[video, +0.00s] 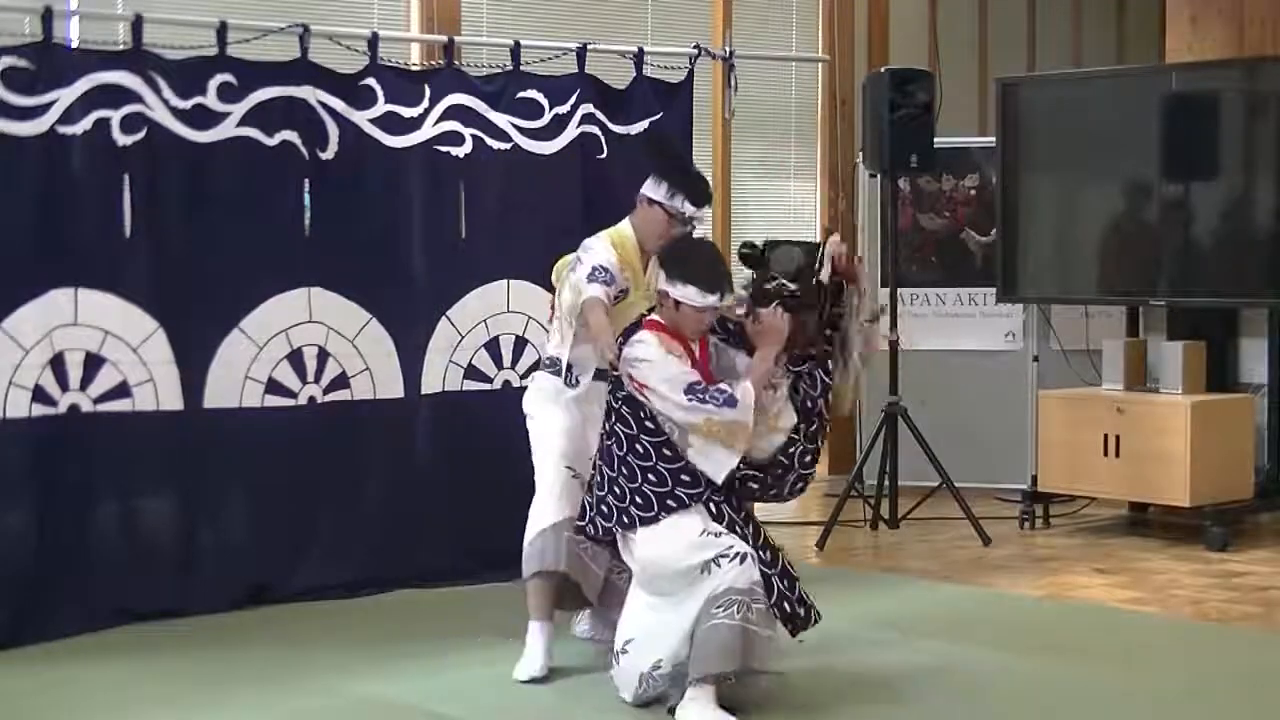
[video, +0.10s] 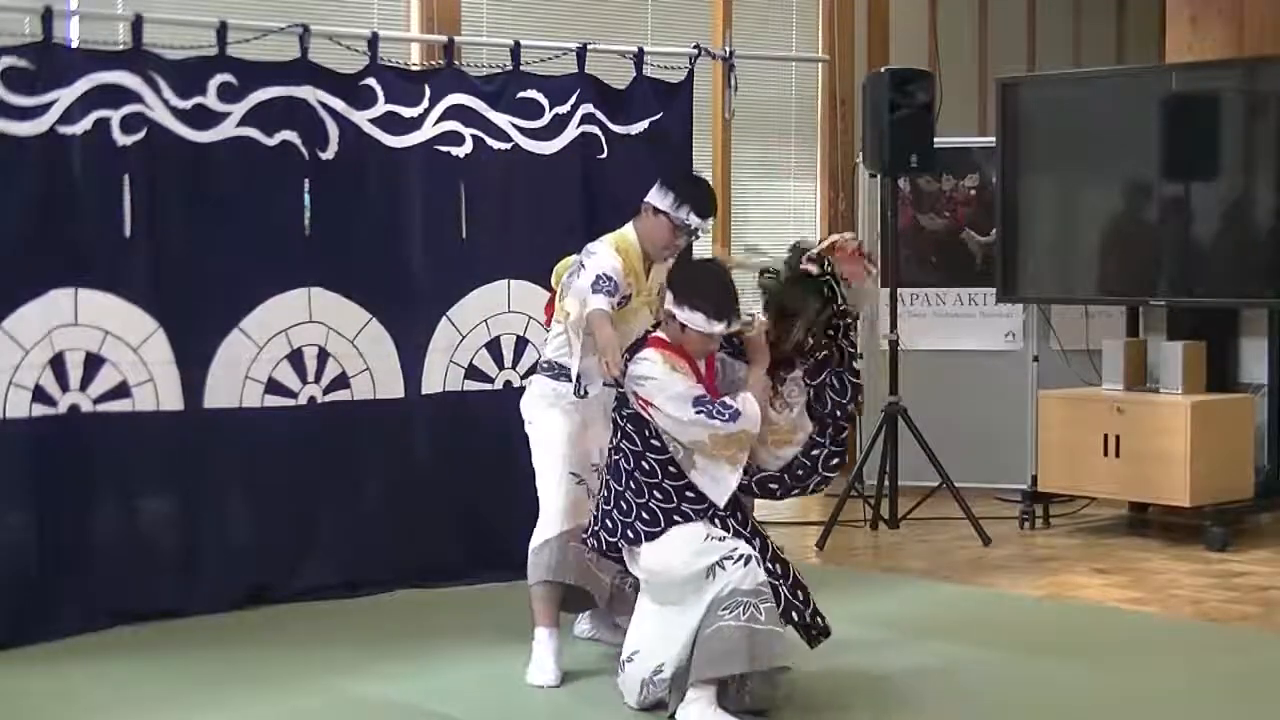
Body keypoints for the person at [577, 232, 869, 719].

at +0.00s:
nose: (709, 317)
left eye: (715, 306)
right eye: (699, 307)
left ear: (722, 299)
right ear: (665, 298)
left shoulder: (711, 345)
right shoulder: (645, 350)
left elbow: (762, 435)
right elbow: (716, 414)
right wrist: (766, 355)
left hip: (696, 497)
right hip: (648, 501)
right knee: (736, 565)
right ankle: (700, 694)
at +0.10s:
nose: (716, 341)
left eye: (721, 331)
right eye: (707, 331)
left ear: (728, 325)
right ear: (674, 317)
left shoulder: (711, 359)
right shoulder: (651, 366)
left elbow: (770, 443)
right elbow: (722, 427)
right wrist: (757, 370)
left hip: (691, 509)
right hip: (647, 515)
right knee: (740, 567)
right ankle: (699, 698)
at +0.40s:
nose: (729, 380)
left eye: (739, 371)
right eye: (720, 369)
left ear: (752, 355)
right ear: (698, 347)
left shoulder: (746, 372)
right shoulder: (674, 385)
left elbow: (785, 414)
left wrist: (808, 346)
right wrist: (808, 352)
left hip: (726, 518)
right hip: (678, 521)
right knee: (738, 566)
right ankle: (698, 695)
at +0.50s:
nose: (746, 380)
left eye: (753, 372)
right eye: (739, 370)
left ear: (764, 355)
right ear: (714, 353)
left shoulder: (757, 377)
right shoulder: (687, 387)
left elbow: (792, 428)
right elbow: (765, 441)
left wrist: (822, 372)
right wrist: (818, 376)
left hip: (725, 516)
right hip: (679, 518)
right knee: (737, 564)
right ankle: (698, 694)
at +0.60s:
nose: (760, 382)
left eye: (767, 373)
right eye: (754, 373)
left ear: (776, 358)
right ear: (730, 358)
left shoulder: (772, 380)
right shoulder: (697, 390)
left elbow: (814, 464)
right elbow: (760, 458)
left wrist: (826, 392)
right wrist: (813, 400)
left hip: (739, 514)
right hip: (687, 514)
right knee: (739, 563)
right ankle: (698, 692)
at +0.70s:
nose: (767, 383)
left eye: (775, 375)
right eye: (761, 374)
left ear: (783, 356)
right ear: (736, 357)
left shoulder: (768, 381)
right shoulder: (705, 390)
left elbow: (811, 454)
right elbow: (753, 456)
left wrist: (817, 389)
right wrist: (809, 416)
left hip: (742, 513)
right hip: (692, 516)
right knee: (742, 564)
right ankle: (698, 692)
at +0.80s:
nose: (776, 382)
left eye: (782, 373)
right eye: (770, 372)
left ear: (782, 361)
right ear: (744, 356)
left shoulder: (762, 379)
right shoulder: (709, 390)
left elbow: (798, 434)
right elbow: (747, 444)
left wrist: (819, 369)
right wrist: (808, 401)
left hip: (740, 517)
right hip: (693, 519)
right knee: (743, 563)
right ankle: (698, 693)